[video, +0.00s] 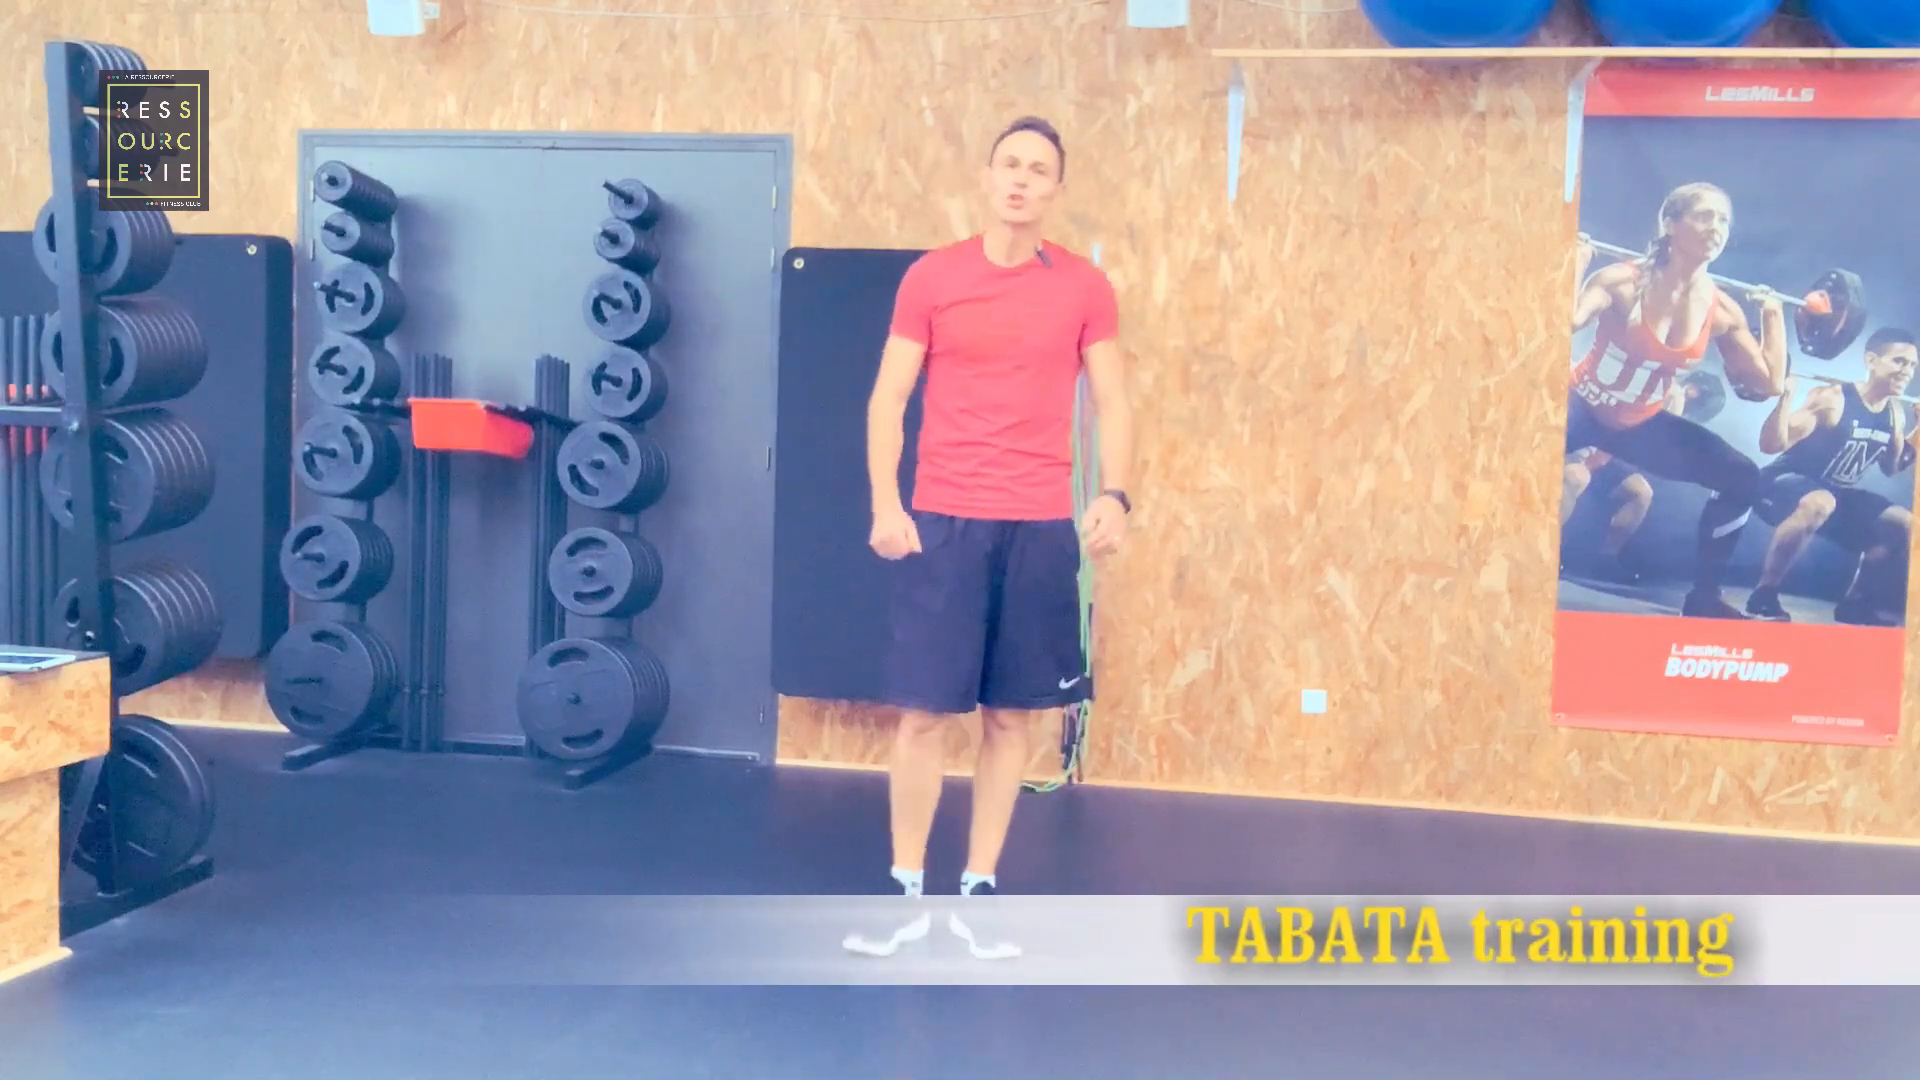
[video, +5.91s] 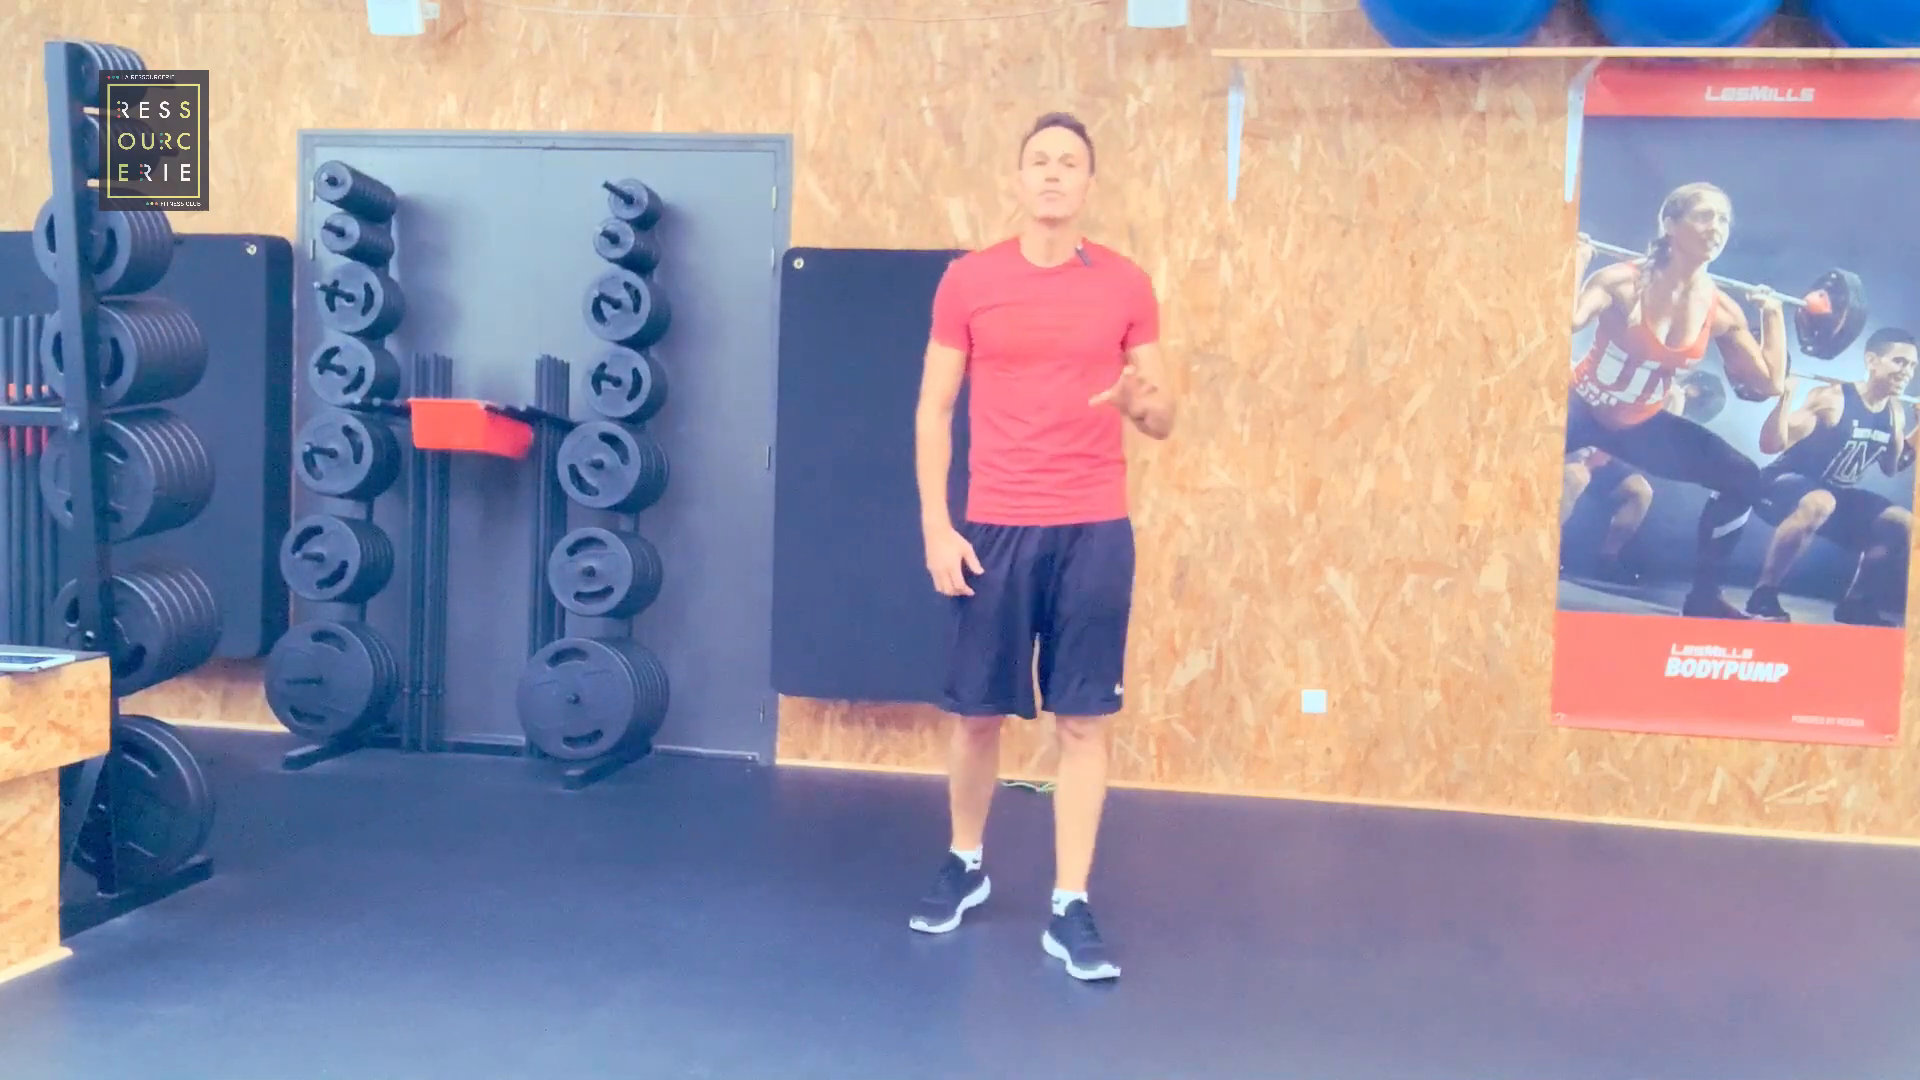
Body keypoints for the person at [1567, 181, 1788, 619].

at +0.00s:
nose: (1716, 228)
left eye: (1724, 221)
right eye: (1704, 216)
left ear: (1728, 234)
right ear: (1670, 224)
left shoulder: (1722, 310)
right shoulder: (1620, 279)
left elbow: (1768, 386)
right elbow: (1559, 324)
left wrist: (1773, 312)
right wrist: (1573, 269)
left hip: (1644, 425)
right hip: (1579, 408)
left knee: (1741, 477)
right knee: (1515, 447)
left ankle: (1705, 597)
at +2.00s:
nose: (1716, 228)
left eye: (1724, 221)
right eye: (1704, 216)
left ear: (1728, 233)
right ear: (1671, 224)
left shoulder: (1722, 310)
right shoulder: (1620, 279)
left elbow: (1769, 385)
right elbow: (1559, 325)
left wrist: (1773, 312)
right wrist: (1573, 269)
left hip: (1644, 425)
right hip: (1579, 408)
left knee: (1741, 477)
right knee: (1516, 445)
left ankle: (1705, 597)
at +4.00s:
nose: (1717, 228)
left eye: (1724, 220)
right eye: (1705, 216)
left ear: (1728, 233)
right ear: (1670, 224)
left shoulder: (1722, 311)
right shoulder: (1620, 279)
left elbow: (1769, 385)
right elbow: (1558, 325)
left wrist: (1773, 313)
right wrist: (1572, 269)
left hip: (1644, 425)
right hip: (1579, 410)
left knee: (1742, 477)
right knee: (1511, 453)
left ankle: (1705, 597)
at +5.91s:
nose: (1716, 228)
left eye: (1724, 220)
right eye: (1704, 216)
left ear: (1728, 232)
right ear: (1670, 224)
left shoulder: (1722, 311)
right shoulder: (1620, 279)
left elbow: (1769, 386)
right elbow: (1558, 325)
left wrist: (1773, 313)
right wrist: (1572, 269)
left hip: (1644, 425)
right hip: (1579, 410)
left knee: (1742, 478)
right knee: (1512, 451)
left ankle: (1705, 597)